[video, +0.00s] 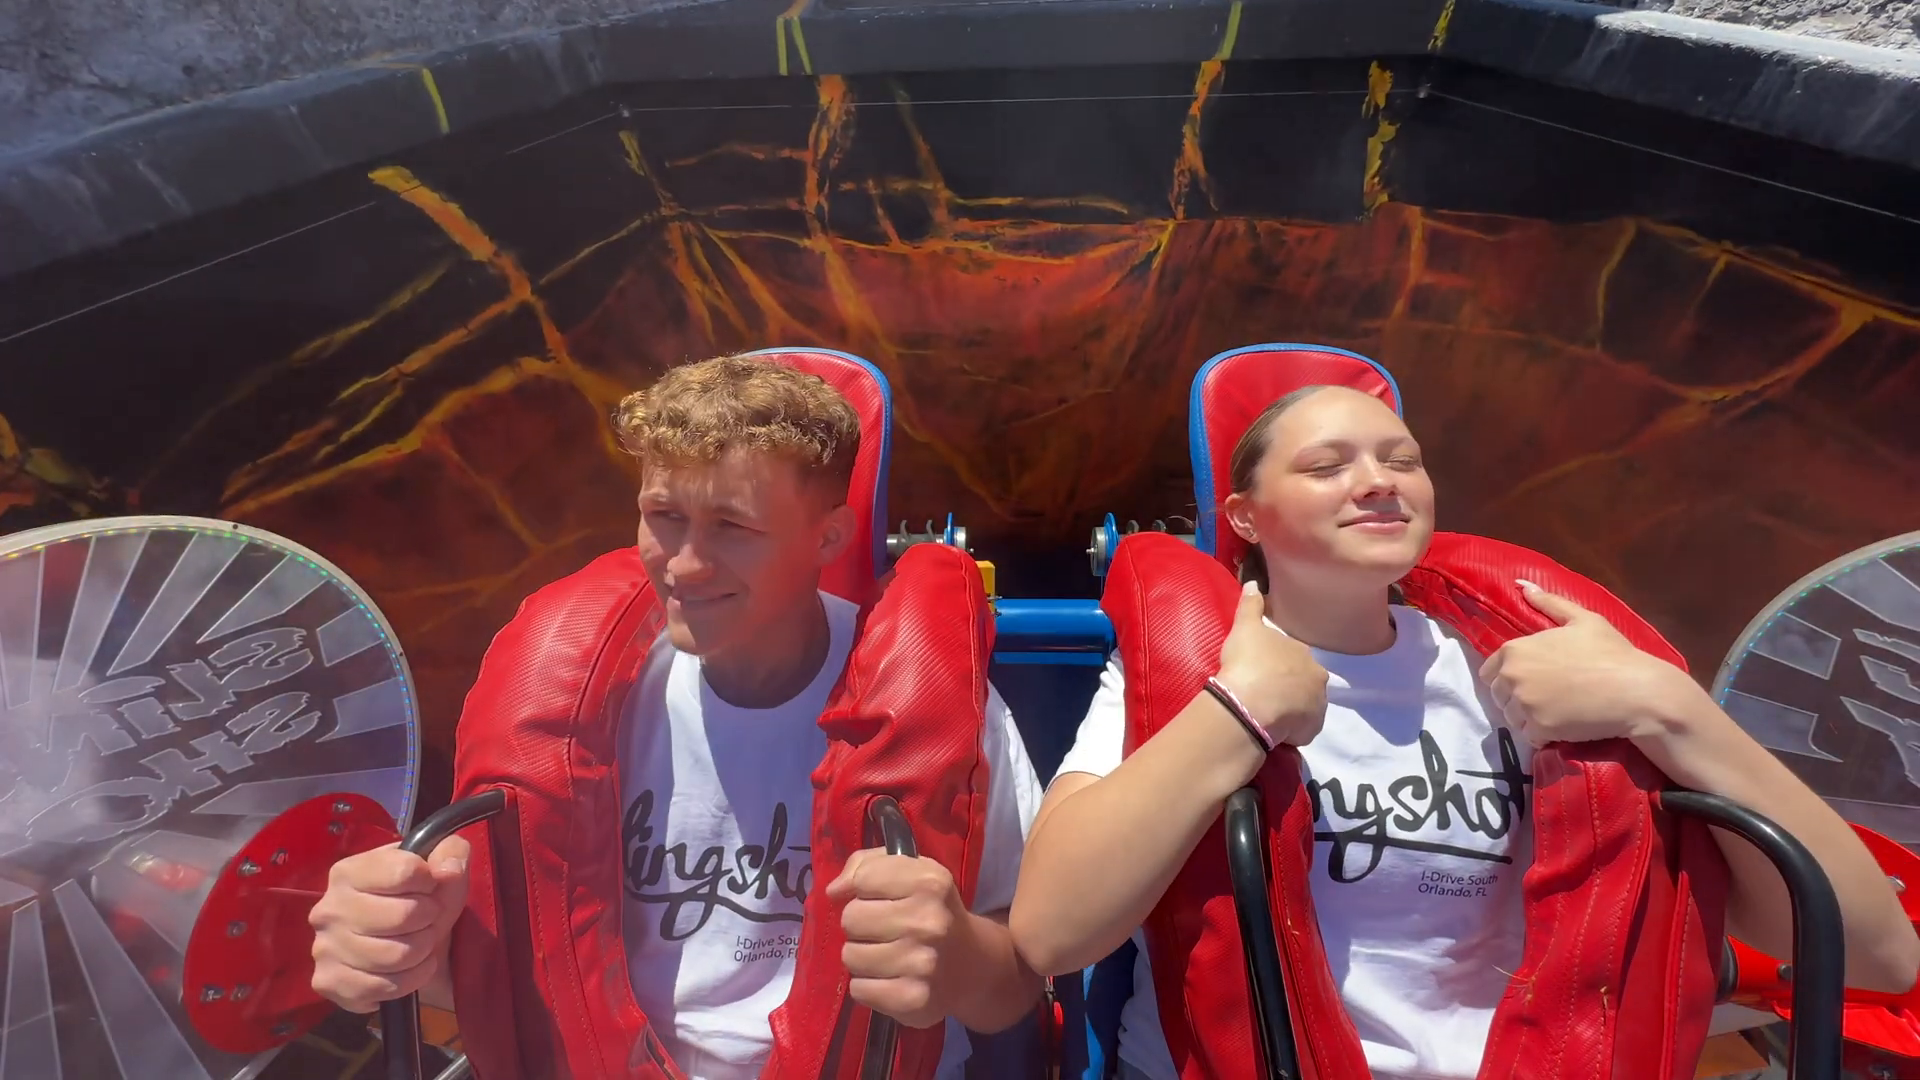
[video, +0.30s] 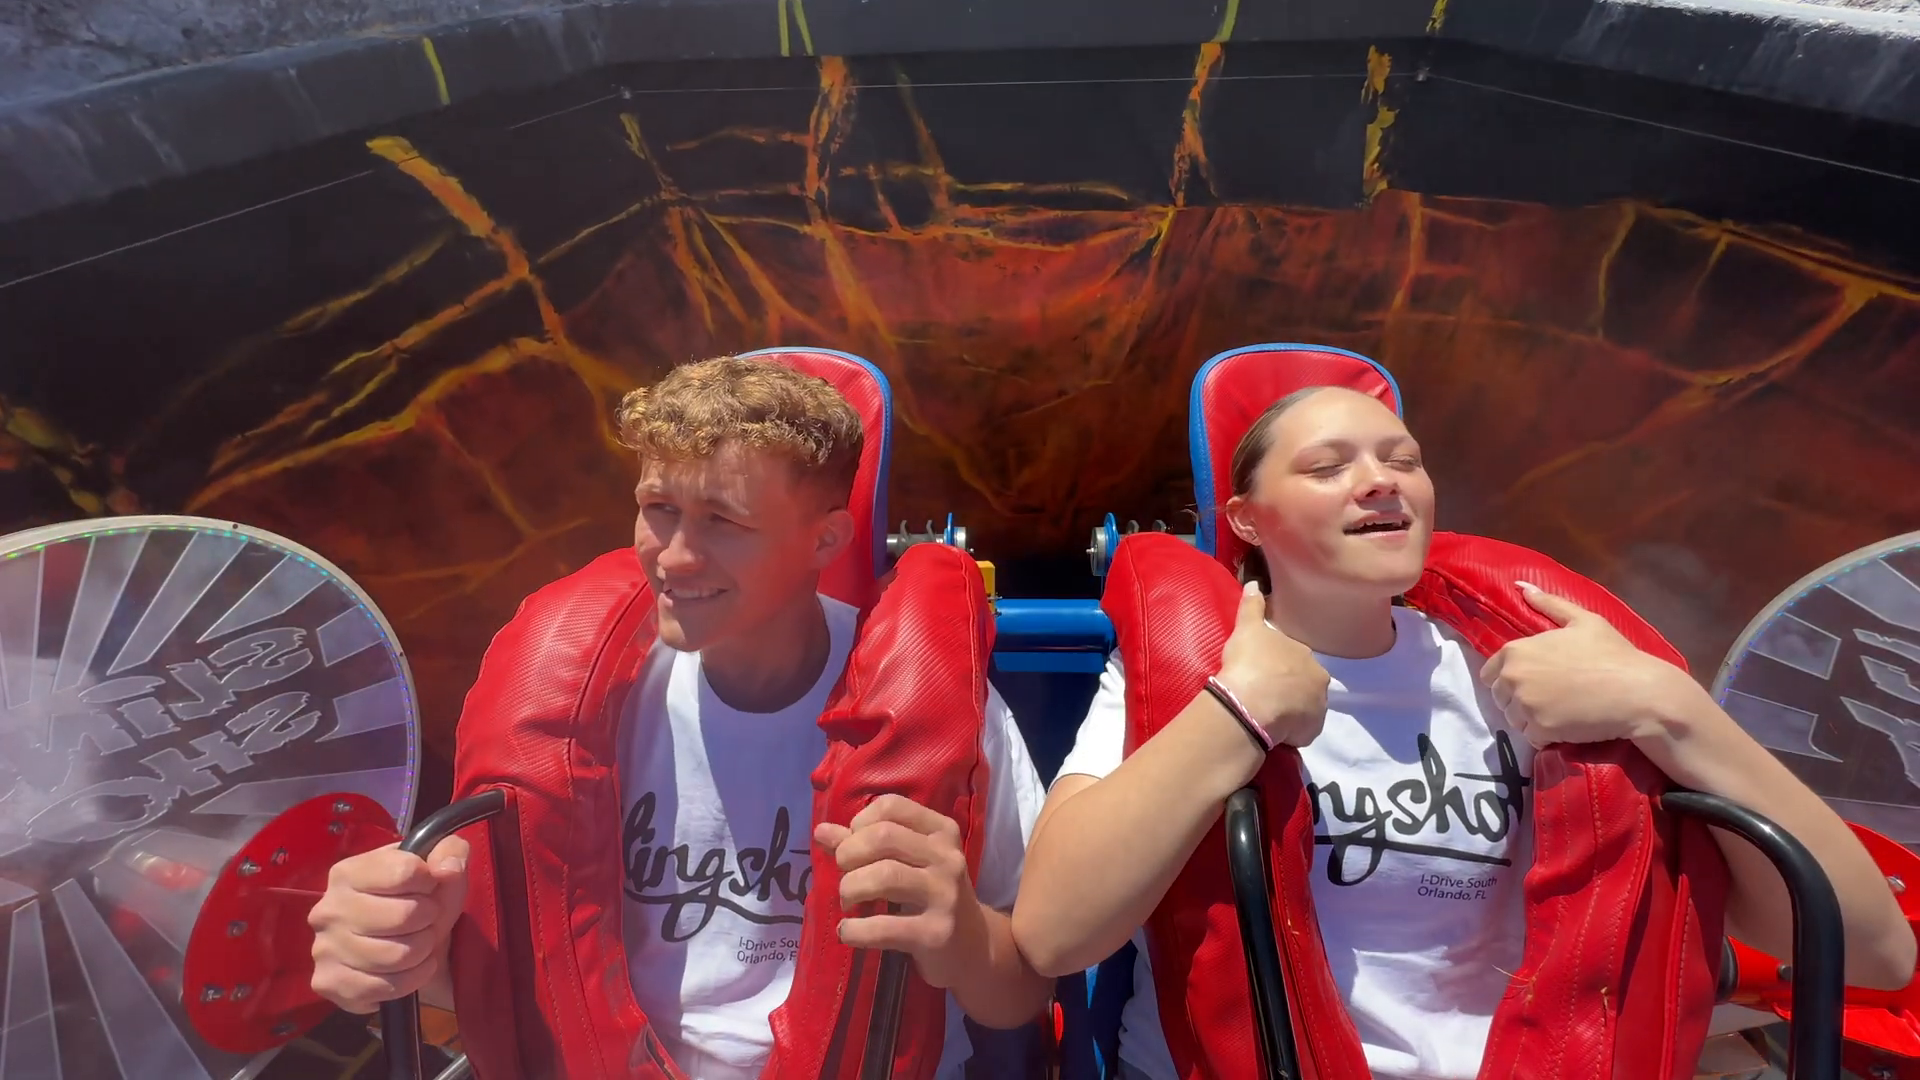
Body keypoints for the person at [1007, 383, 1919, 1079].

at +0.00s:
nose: (1379, 482)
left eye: (1397, 455)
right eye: (1326, 464)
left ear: (1427, 485)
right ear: (1246, 515)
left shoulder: (1533, 670)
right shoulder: (1172, 671)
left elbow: (1883, 952)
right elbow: (1046, 939)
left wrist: (1665, 704)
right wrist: (1238, 716)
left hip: (1523, 1060)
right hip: (1286, 1062)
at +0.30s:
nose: (1383, 481)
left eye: (1399, 455)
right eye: (1327, 464)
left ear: (1428, 486)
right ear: (1249, 518)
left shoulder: (1541, 675)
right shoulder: (1173, 674)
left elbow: (1878, 951)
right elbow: (1051, 935)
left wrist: (1668, 706)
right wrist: (1240, 714)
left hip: (1531, 1066)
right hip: (1296, 1066)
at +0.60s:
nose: (1382, 482)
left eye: (1400, 456)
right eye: (1327, 466)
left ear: (1430, 488)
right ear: (1248, 522)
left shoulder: (1534, 669)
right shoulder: (1174, 673)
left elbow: (1877, 949)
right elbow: (1052, 936)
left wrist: (1666, 705)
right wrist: (1239, 714)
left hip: (1533, 1065)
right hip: (1302, 1066)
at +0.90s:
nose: (1390, 481)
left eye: (1407, 457)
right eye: (1335, 463)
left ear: (1437, 496)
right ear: (1252, 523)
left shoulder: (1539, 671)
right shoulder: (1175, 674)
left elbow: (1879, 948)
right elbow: (1048, 936)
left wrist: (1668, 710)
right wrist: (1238, 716)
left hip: (1532, 1063)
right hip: (1302, 1063)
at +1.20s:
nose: (1389, 485)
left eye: (1406, 461)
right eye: (1335, 468)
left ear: (1435, 492)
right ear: (1251, 521)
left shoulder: (1538, 671)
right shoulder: (1173, 673)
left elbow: (1883, 946)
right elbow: (1048, 938)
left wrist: (1666, 709)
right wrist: (1237, 718)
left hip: (1524, 1066)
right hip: (1289, 1066)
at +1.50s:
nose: (1386, 489)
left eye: (1402, 463)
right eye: (1332, 471)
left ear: (1432, 494)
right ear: (1250, 524)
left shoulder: (1537, 677)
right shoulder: (1172, 678)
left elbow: (1883, 947)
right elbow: (1048, 939)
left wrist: (1666, 706)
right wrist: (1239, 718)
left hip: (1526, 1065)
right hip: (1293, 1066)